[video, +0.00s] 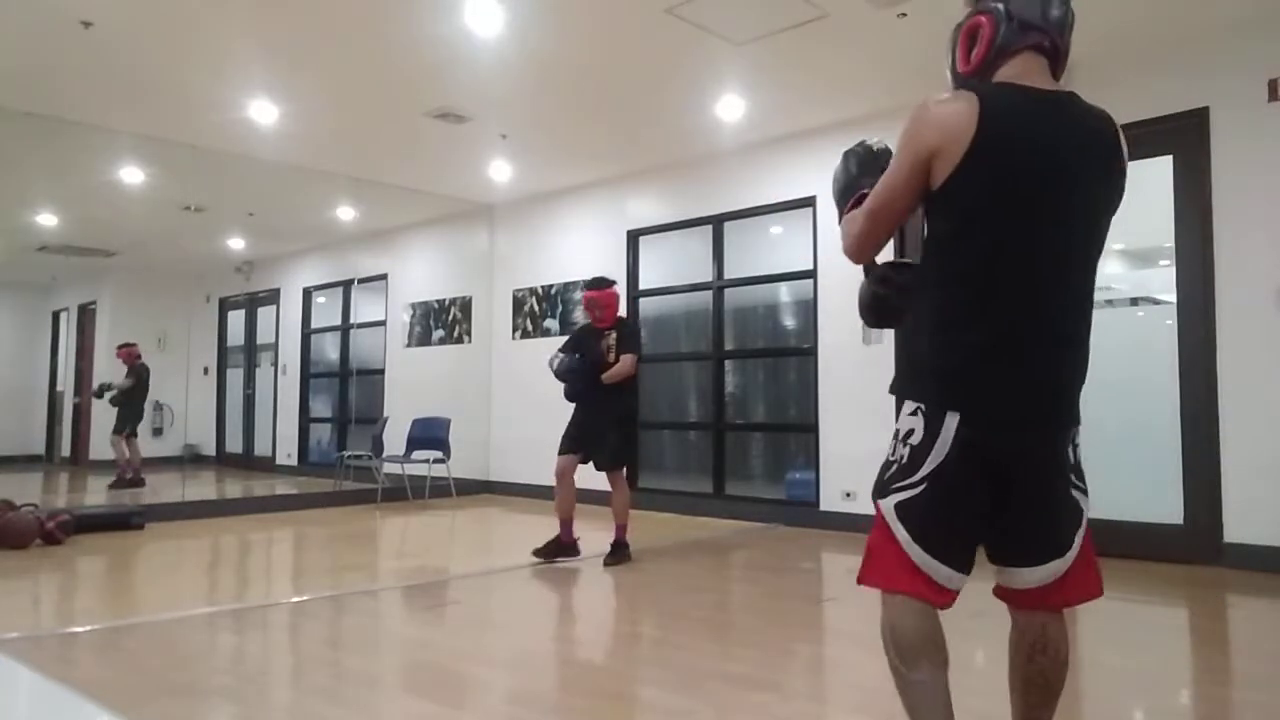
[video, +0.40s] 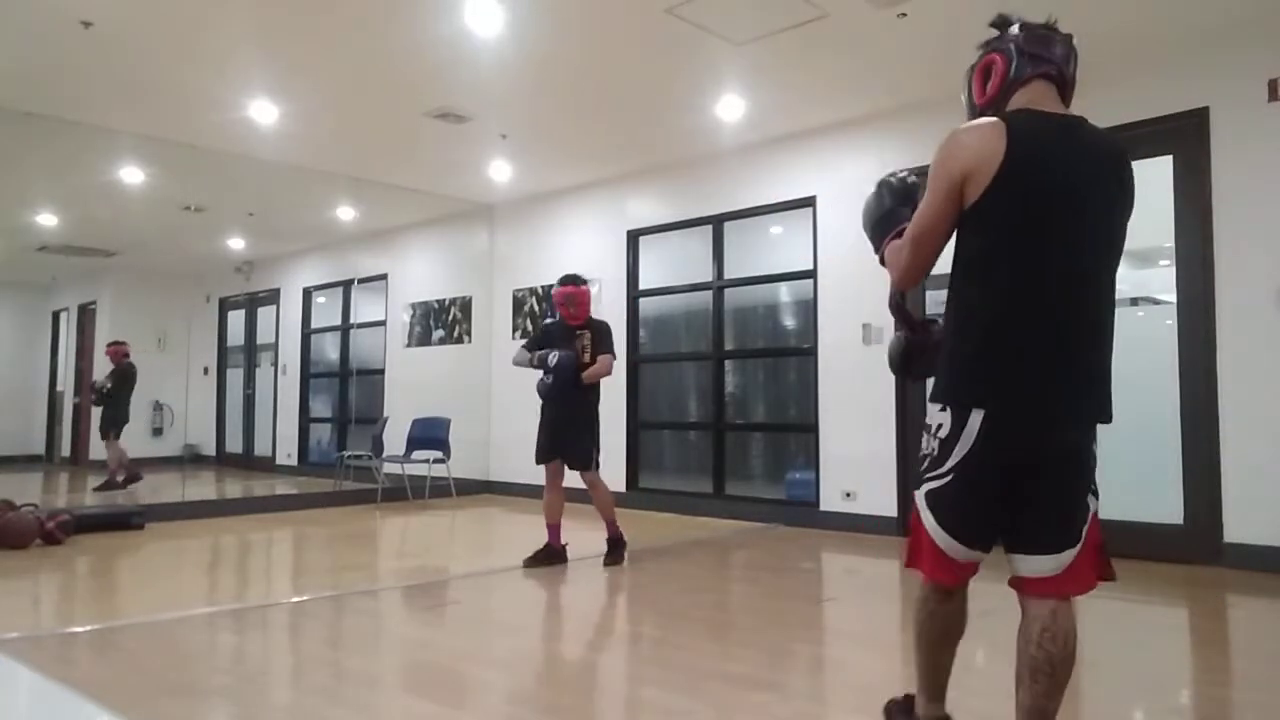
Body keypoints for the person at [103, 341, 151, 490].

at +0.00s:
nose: (122, 361)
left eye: (123, 357)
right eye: (121, 358)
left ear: (131, 355)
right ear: (133, 355)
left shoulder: (136, 369)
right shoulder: (141, 368)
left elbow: (127, 384)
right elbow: (130, 388)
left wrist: (108, 386)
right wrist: (117, 398)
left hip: (129, 410)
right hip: (134, 410)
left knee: (116, 439)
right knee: (131, 441)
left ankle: (123, 475)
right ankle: (136, 476)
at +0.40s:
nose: (109, 359)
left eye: (111, 355)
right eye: (109, 356)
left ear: (119, 354)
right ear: (123, 354)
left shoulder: (122, 370)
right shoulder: (128, 368)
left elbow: (112, 395)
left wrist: (98, 397)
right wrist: (100, 389)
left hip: (115, 412)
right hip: (118, 411)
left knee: (111, 443)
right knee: (112, 443)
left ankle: (112, 478)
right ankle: (131, 472)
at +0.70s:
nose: (100, 354)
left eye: (102, 351)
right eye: (101, 350)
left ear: (106, 351)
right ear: (117, 352)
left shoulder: (108, 368)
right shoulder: (123, 368)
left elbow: (96, 386)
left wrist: (84, 391)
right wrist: (90, 389)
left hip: (105, 412)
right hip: (115, 412)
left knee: (101, 443)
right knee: (108, 443)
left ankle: (107, 477)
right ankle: (109, 477)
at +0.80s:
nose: (97, 353)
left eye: (99, 350)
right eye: (98, 350)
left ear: (103, 351)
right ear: (115, 352)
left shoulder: (104, 367)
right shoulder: (120, 368)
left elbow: (92, 384)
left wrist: (77, 385)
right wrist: (82, 384)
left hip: (103, 411)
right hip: (113, 410)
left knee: (104, 444)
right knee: (98, 444)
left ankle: (112, 479)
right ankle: (92, 476)